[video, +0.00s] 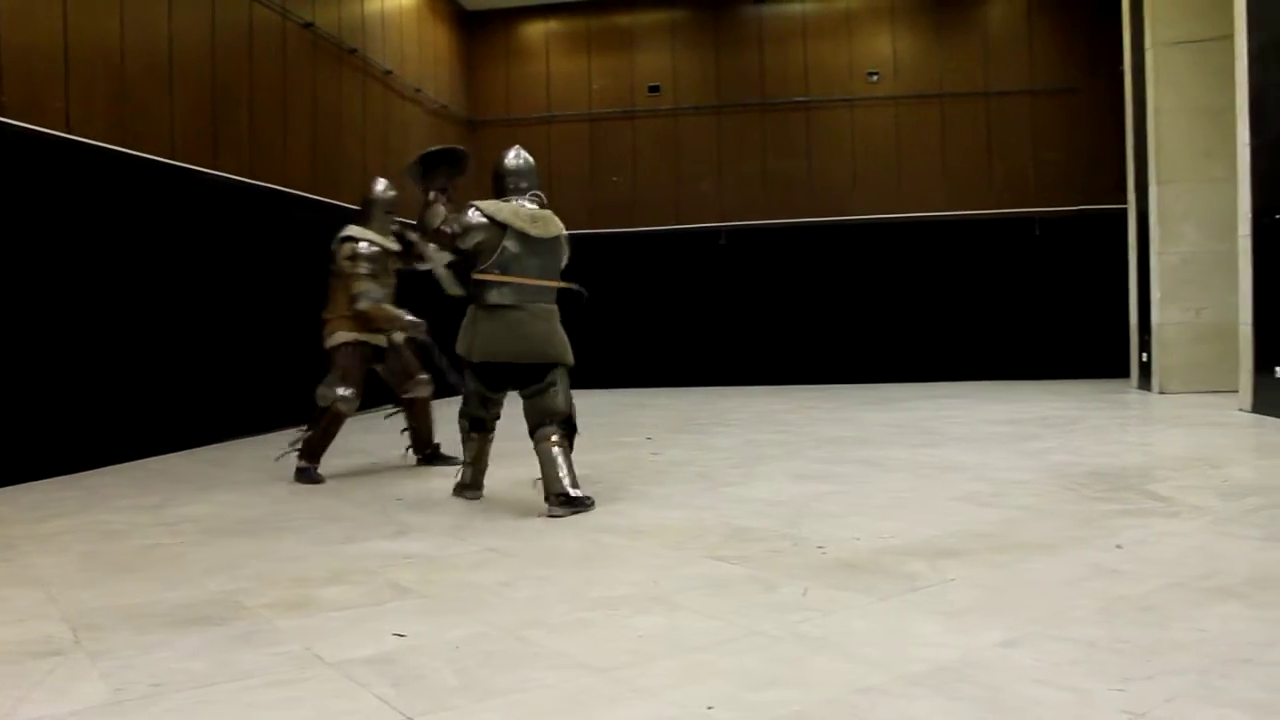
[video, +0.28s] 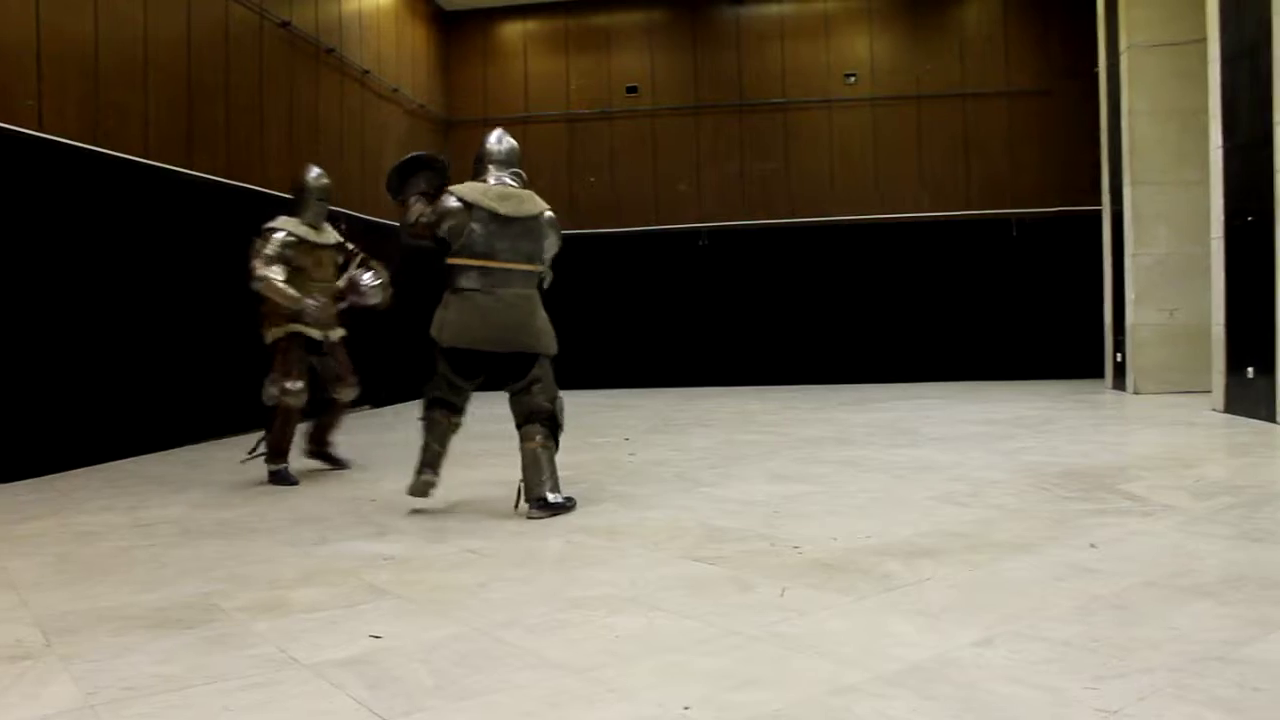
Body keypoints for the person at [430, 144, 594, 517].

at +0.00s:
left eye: (505, 182)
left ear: (499, 182)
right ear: (536, 183)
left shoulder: (481, 218)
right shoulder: (556, 229)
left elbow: (439, 241)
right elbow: (557, 266)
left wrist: (435, 207)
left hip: (490, 332)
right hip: (542, 332)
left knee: (481, 403)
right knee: (549, 410)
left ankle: (472, 479)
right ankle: (561, 489)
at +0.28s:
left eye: (482, 165)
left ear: (479, 164)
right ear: (519, 167)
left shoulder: (458, 200)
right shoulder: (542, 214)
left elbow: (416, 230)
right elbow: (547, 263)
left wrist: (417, 199)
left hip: (464, 323)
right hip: (523, 325)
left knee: (449, 388)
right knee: (535, 400)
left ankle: (428, 466)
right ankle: (542, 490)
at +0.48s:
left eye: (454, 173)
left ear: (450, 175)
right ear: (489, 174)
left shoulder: (428, 219)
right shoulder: (521, 224)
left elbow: (386, 267)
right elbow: (532, 284)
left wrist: (395, 226)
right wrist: (490, 265)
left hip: (443, 334)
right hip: (504, 335)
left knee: (410, 404)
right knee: (525, 406)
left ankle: (377, 480)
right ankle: (535, 490)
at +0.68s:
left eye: (422, 174)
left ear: (417, 178)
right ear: (457, 177)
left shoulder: (399, 224)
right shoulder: (485, 228)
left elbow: (359, 278)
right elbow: (496, 294)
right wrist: (454, 278)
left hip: (410, 340)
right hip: (469, 340)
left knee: (392, 407)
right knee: (494, 417)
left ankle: (379, 487)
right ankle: (530, 488)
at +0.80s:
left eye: (401, 165)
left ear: (395, 167)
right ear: (435, 167)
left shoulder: (380, 216)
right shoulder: (465, 218)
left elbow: (348, 281)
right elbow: (478, 286)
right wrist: (439, 275)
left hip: (396, 335)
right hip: (453, 335)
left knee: (387, 407)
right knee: (465, 407)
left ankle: (380, 488)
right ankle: (476, 484)